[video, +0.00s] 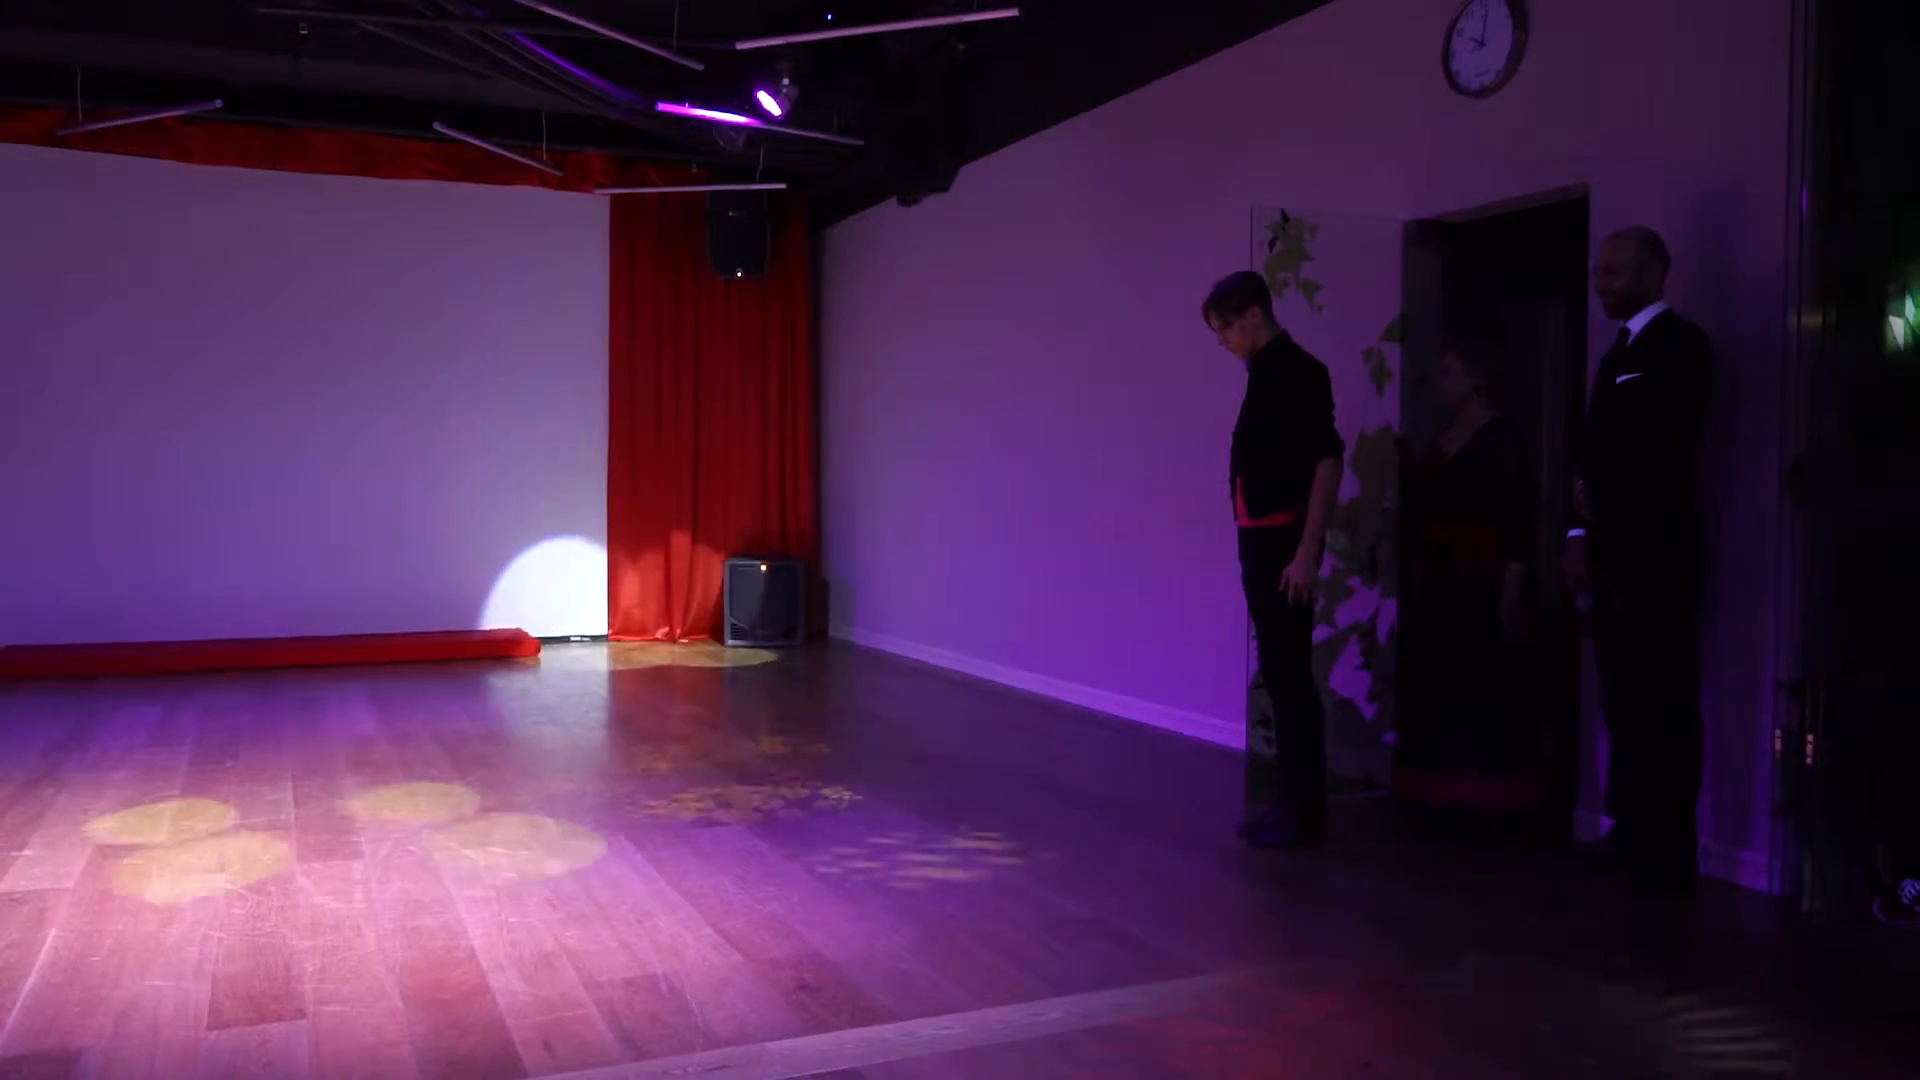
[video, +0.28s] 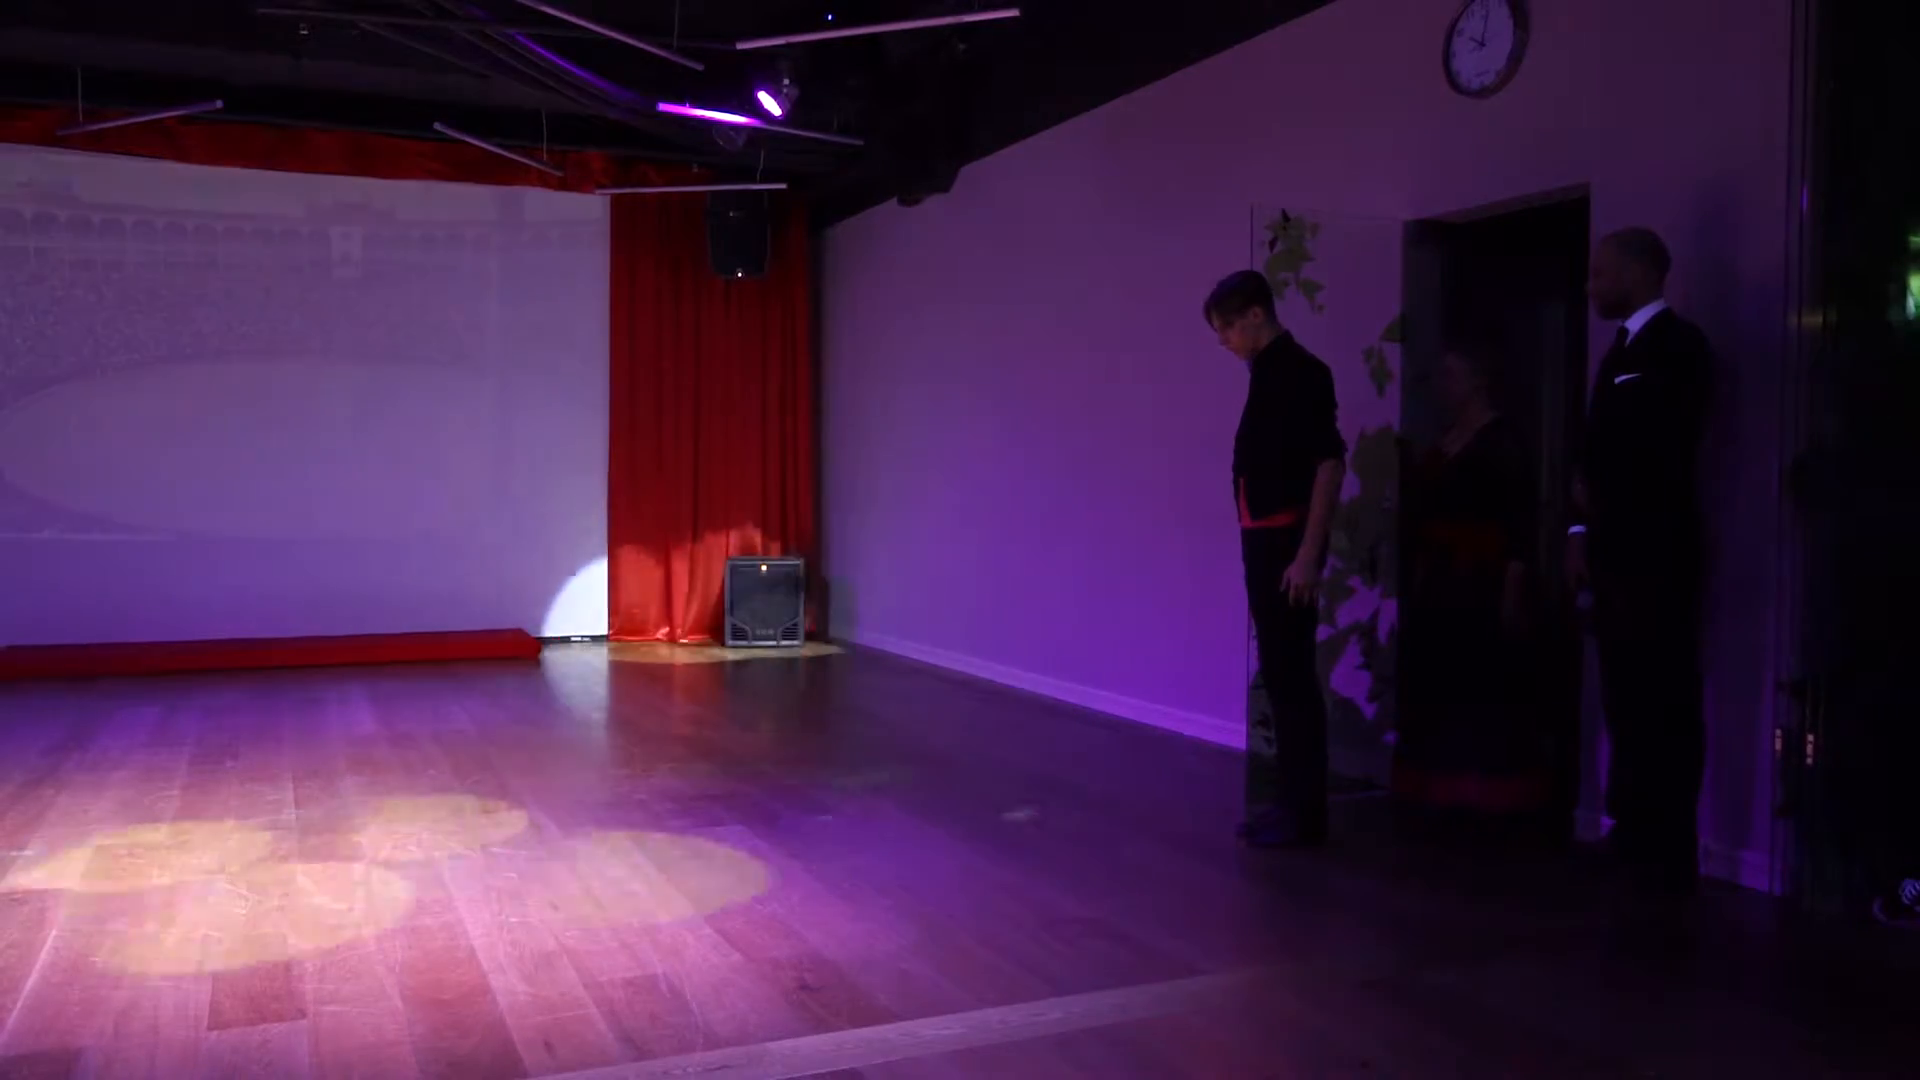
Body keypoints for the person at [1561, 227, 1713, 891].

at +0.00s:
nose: (1602, 284)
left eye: (1615, 272)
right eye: (1599, 272)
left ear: (1652, 275)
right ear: (1607, 278)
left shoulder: (1679, 347)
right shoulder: (1619, 354)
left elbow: (1658, 458)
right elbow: (1592, 454)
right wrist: (1579, 530)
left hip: (1664, 551)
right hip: (1623, 551)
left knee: (1660, 704)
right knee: (1630, 705)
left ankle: (1663, 851)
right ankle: (1632, 844)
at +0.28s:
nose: (1593, 284)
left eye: (1603, 271)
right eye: (1594, 271)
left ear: (1640, 274)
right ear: (1640, 274)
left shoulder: (1672, 349)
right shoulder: (1626, 349)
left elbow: (1643, 462)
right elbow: (1594, 454)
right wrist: (1581, 528)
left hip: (1661, 554)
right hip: (1628, 552)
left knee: (1658, 707)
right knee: (1634, 706)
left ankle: (1660, 853)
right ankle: (1636, 847)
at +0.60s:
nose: (1591, 286)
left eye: (1600, 271)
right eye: (1592, 272)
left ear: (1634, 275)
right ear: (1638, 275)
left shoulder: (1671, 349)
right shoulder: (1633, 349)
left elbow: (1647, 466)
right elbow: (1603, 458)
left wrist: (1606, 538)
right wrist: (1586, 528)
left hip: (1661, 556)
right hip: (1632, 554)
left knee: (1659, 706)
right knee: (1636, 706)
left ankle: (1660, 852)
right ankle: (1638, 846)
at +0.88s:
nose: (1592, 286)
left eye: (1601, 272)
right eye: (1593, 273)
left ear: (1635, 276)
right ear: (1640, 276)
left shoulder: (1670, 350)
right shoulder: (1636, 349)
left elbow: (1646, 467)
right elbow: (1614, 458)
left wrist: (1602, 527)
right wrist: (1589, 516)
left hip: (1660, 556)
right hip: (1633, 554)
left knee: (1659, 705)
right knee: (1636, 704)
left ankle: (1661, 850)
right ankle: (1638, 844)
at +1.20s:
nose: (1596, 288)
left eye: (1604, 274)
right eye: (1597, 274)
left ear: (1638, 277)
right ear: (1646, 276)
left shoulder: (1671, 351)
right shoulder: (1640, 348)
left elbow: (1645, 464)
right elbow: (1615, 456)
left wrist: (1600, 526)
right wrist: (1589, 519)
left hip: (1659, 557)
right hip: (1635, 555)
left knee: (1657, 704)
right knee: (1638, 702)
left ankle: (1660, 851)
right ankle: (1639, 844)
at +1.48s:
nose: (1599, 287)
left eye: (1608, 273)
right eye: (1601, 273)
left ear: (1641, 276)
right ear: (1649, 276)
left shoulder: (1674, 351)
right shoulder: (1644, 348)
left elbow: (1647, 463)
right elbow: (1616, 454)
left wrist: (1604, 528)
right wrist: (1589, 518)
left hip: (1658, 558)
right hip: (1636, 555)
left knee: (1656, 703)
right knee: (1640, 702)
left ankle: (1661, 851)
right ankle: (1641, 844)